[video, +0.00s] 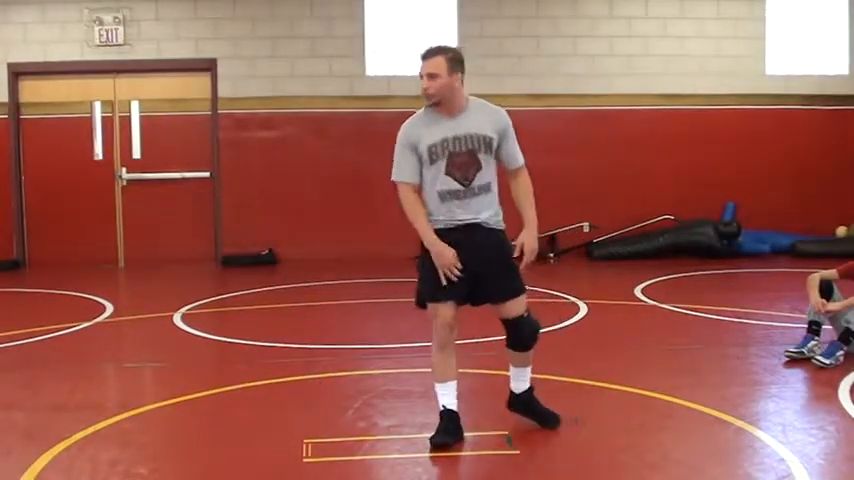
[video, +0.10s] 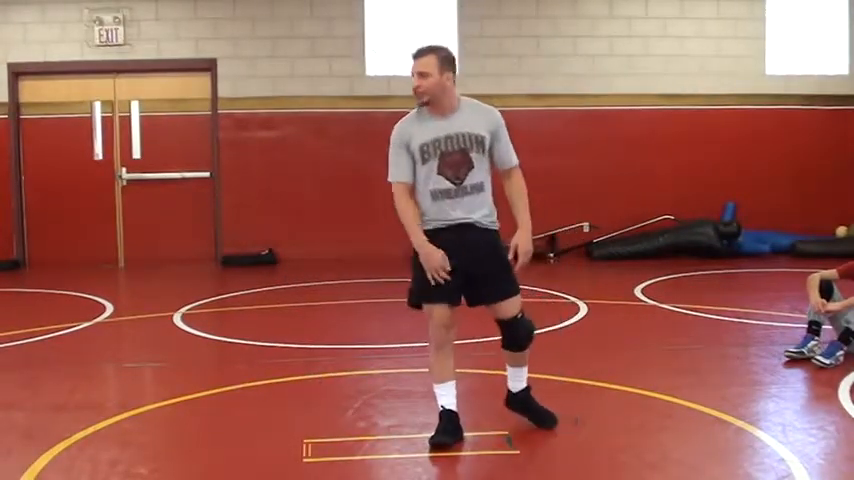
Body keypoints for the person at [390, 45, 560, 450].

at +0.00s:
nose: (424, 85)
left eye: (432, 77)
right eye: (422, 77)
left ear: (457, 79)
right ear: (425, 80)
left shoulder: (495, 118)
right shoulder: (413, 131)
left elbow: (517, 173)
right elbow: (407, 192)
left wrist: (530, 227)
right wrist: (434, 245)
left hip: (489, 234)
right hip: (440, 239)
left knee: (521, 325)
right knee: (444, 324)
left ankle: (521, 395)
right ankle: (449, 417)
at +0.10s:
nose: (415, 83)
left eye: (423, 75)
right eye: (414, 76)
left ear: (448, 78)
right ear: (419, 80)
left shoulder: (488, 118)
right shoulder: (405, 131)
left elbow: (511, 174)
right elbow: (402, 195)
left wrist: (524, 228)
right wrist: (423, 247)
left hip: (483, 234)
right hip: (435, 239)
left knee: (515, 323)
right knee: (440, 326)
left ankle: (518, 393)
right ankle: (448, 417)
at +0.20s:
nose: (409, 81)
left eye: (417, 74)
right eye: (408, 74)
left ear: (442, 76)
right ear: (412, 78)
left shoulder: (483, 118)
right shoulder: (400, 131)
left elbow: (505, 173)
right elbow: (395, 194)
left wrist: (519, 228)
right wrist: (408, 247)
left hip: (477, 234)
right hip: (428, 239)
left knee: (513, 326)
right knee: (438, 328)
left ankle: (507, 390)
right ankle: (448, 417)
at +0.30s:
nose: (407, 82)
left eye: (414, 74)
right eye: (404, 75)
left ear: (439, 76)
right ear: (404, 78)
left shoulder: (478, 118)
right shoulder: (396, 131)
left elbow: (501, 176)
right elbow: (386, 193)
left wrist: (513, 230)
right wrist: (391, 248)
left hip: (474, 234)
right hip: (424, 238)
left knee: (506, 329)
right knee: (438, 329)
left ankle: (477, 383)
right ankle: (447, 417)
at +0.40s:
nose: (404, 83)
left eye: (411, 75)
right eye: (401, 77)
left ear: (436, 75)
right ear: (401, 81)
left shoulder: (474, 118)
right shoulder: (393, 132)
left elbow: (493, 176)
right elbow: (379, 191)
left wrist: (502, 232)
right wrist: (375, 249)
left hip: (470, 236)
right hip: (422, 241)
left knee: (495, 333)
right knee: (434, 334)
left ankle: (447, 367)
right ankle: (447, 419)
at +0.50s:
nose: (403, 84)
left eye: (410, 75)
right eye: (399, 77)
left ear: (434, 76)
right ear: (397, 82)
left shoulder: (470, 119)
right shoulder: (389, 133)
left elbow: (487, 179)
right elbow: (374, 191)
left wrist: (488, 233)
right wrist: (366, 251)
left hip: (464, 234)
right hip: (417, 239)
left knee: (482, 335)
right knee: (433, 330)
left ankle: (422, 375)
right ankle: (447, 418)